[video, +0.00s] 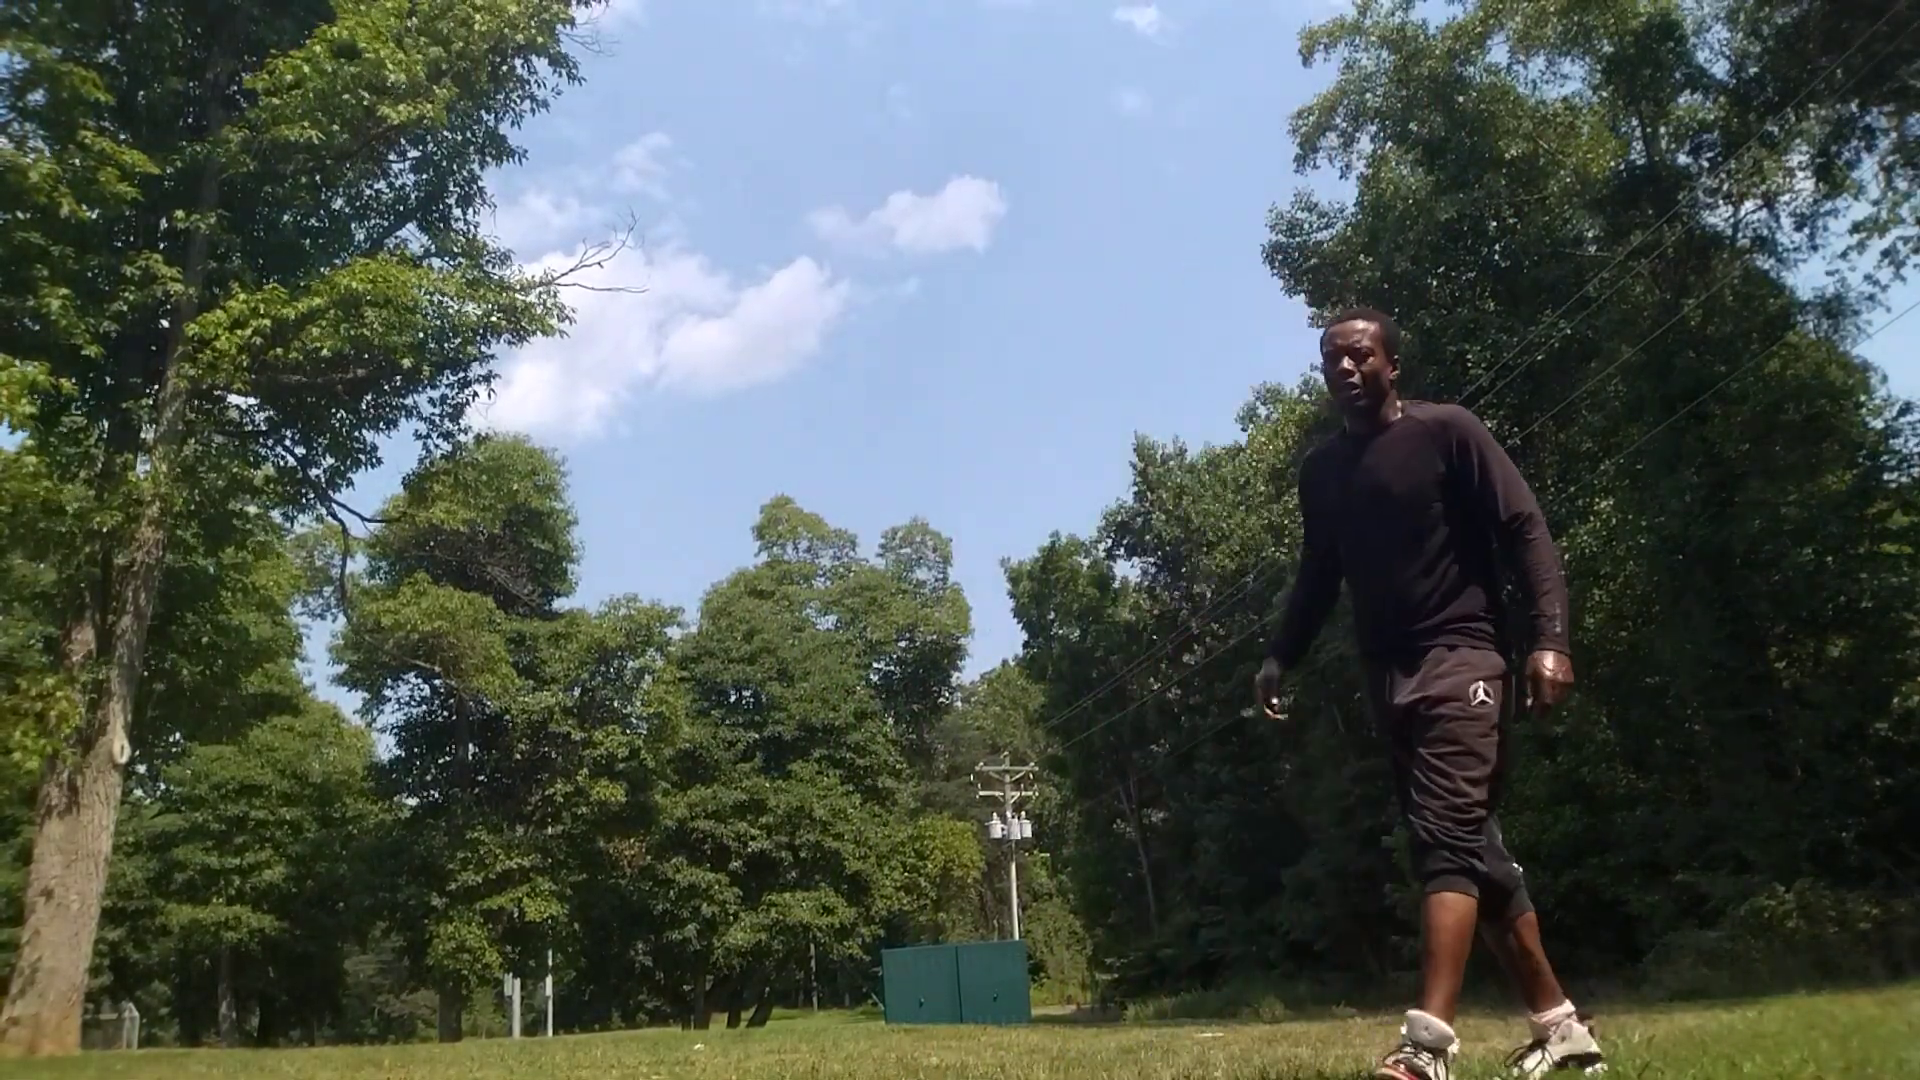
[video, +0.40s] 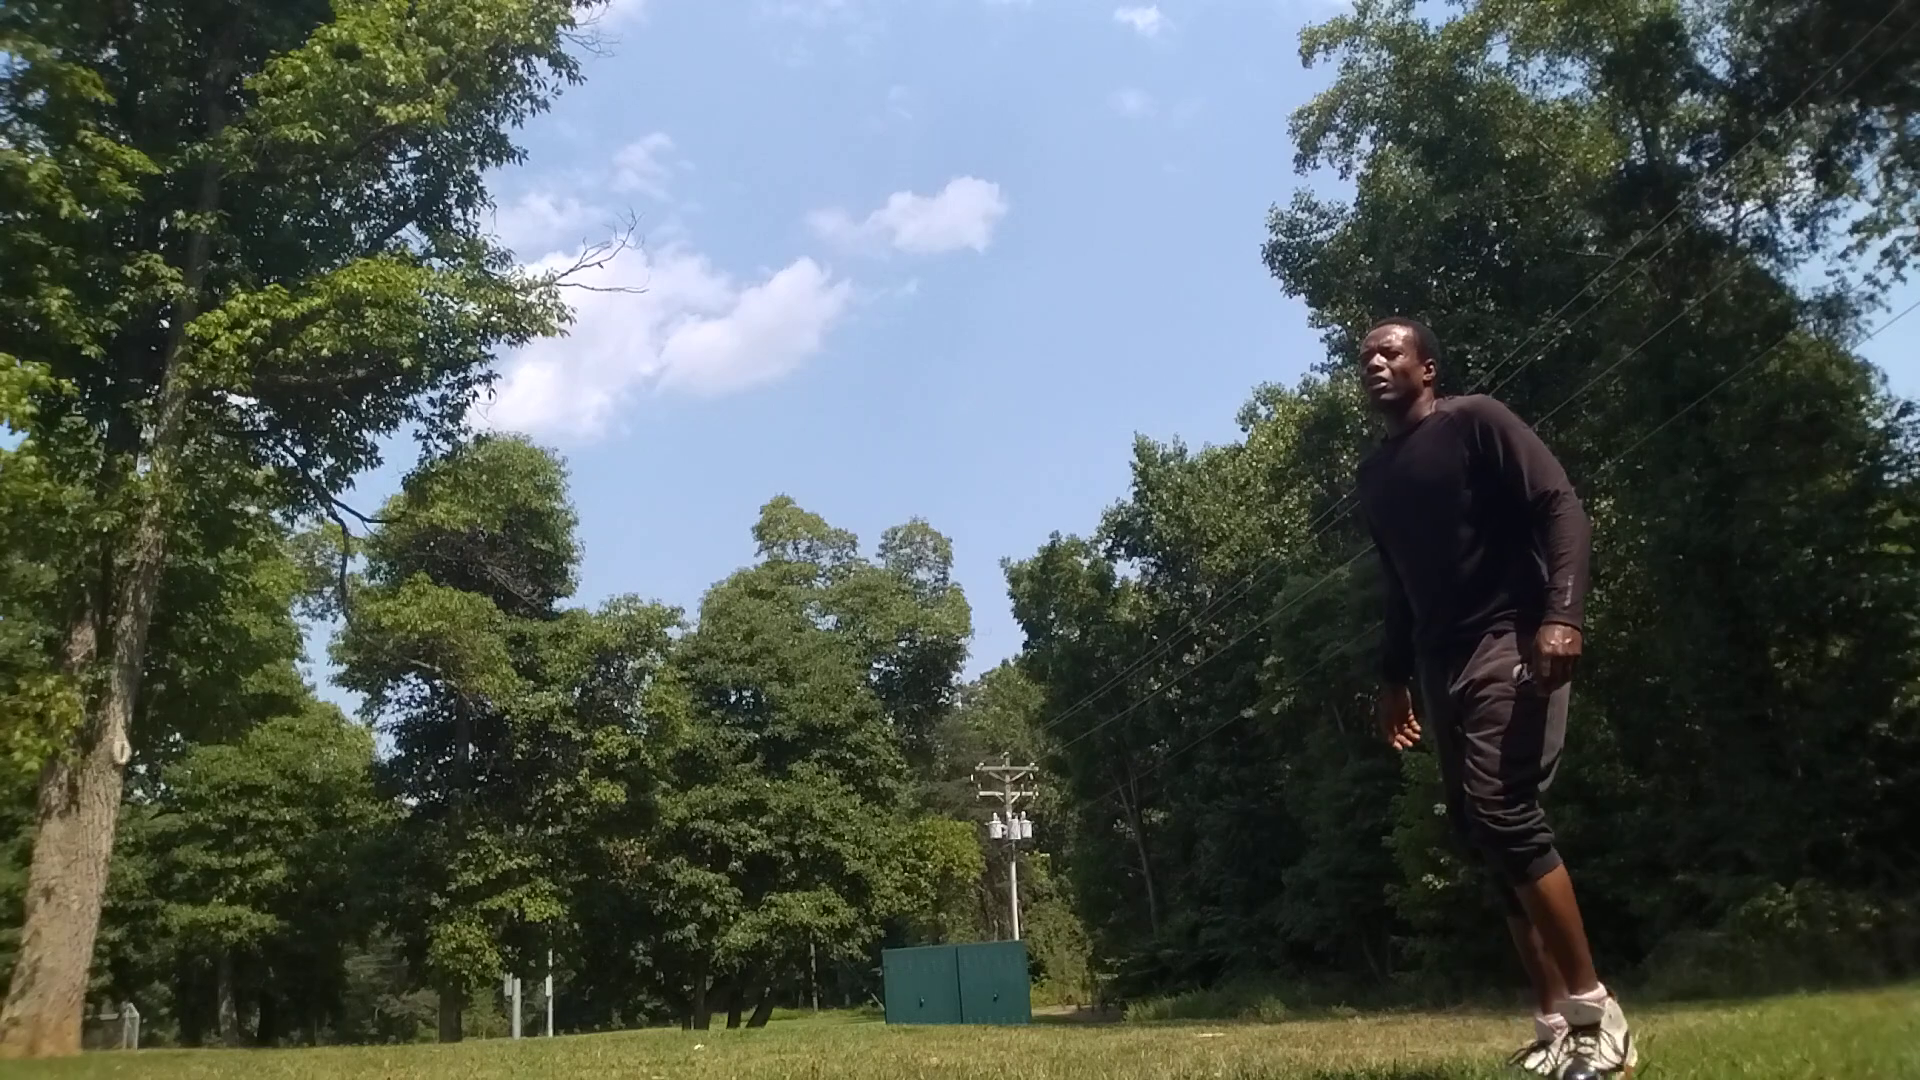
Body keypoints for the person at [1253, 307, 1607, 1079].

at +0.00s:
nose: (1347, 367)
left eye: (1361, 354)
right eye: (1334, 357)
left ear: (1393, 365)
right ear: (1323, 373)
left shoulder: (1449, 430)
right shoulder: (1323, 467)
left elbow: (1527, 527)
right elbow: (1319, 569)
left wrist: (1551, 636)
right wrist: (1280, 653)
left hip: (1461, 657)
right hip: (1392, 672)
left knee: (1446, 832)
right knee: (1465, 840)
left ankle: (1428, 1038)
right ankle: (1560, 1025)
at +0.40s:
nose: (1374, 364)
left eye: (1389, 352)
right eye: (1367, 357)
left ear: (1427, 364)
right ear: (1366, 377)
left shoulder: (1476, 417)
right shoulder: (1374, 471)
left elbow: (1561, 505)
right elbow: (1397, 583)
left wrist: (1563, 613)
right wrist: (1394, 677)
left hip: (1512, 641)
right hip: (1443, 665)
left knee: (1504, 813)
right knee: (1483, 830)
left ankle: (1595, 1012)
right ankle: (1556, 1025)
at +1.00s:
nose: (1465, 350)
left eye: (1476, 335)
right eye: (1462, 340)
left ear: (1526, 333)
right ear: (1488, 349)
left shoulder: (1615, 399)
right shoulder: (1471, 444)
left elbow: (1704, 490)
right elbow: (1472, 550)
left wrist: (1632, 541)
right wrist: (1436, 614)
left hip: (1631, 645)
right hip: (1534, 659)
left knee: (1684, 833)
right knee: (1539, 835)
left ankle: (1729, 1036)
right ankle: (1566, 1029)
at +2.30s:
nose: (1463, 363)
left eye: (1472, 350)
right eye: (1463, 352)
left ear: (1514, 348)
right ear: (1507, 352)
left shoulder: (1578, 396)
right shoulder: (1494, 446)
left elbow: (1605, 463)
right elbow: (1491, 558)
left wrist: (1483, 448)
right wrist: (1418, 542)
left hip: (1580, 633)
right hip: (1504, 647)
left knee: (1646, 829)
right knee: (1510, 837)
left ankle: (1727, 1028)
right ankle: (1575, 1030)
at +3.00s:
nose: (1379, 390)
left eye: (1388, 377)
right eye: (1378, 379)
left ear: (1427, 374)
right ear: (1414, 377)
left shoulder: (1489, 409)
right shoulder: (1412, 462)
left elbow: (1437, 419)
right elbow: (1426, 578)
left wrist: (1360, 424)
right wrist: (1357, 589)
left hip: (1512, 631)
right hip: (1447, 653)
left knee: (1570, 824)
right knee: (1501, 841)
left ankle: (1672, 1016)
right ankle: (1575, 1028)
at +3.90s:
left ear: (1493, 301)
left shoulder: (1542, 352)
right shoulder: (1430, 408)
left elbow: (1492, 254)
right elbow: (1421, 509)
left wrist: (1436, 346)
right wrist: (1392, 536)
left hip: (1552, 591)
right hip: (1463, 610)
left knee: (1578, 814)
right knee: (1469, 819)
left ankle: (1611, 1034)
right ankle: (1552, 1007)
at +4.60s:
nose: (1491, 263)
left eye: (1508, 247)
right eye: (1488, 250)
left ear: (1555, 252)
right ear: (1485, 268)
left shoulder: (1606, 313)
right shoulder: (1445, 356)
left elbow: (1650, 197)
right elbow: (1344, 440)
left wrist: (1510, 252)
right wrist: (1353, 391)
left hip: (1606, 573)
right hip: (1497, 586)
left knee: (1615, 803)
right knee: (1577, 798)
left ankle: (1608, 1025)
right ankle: (1668, 1031)